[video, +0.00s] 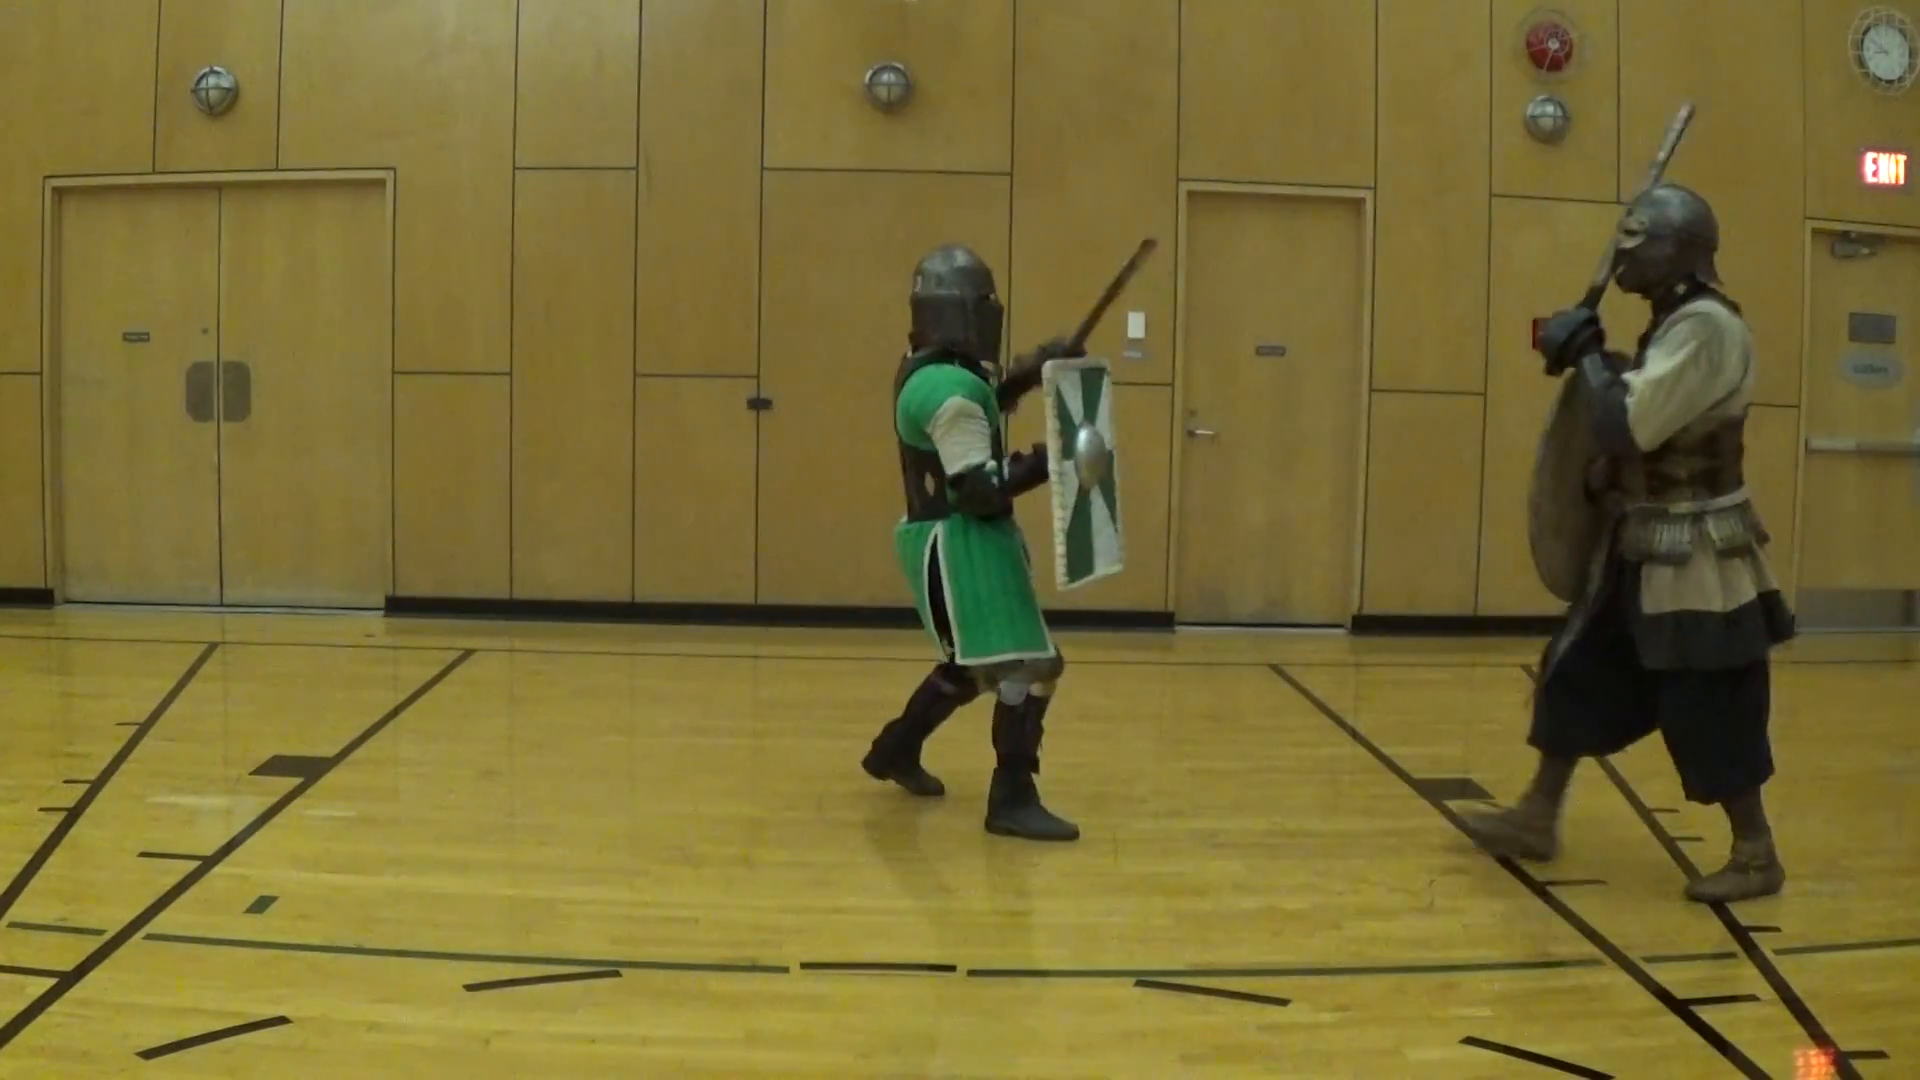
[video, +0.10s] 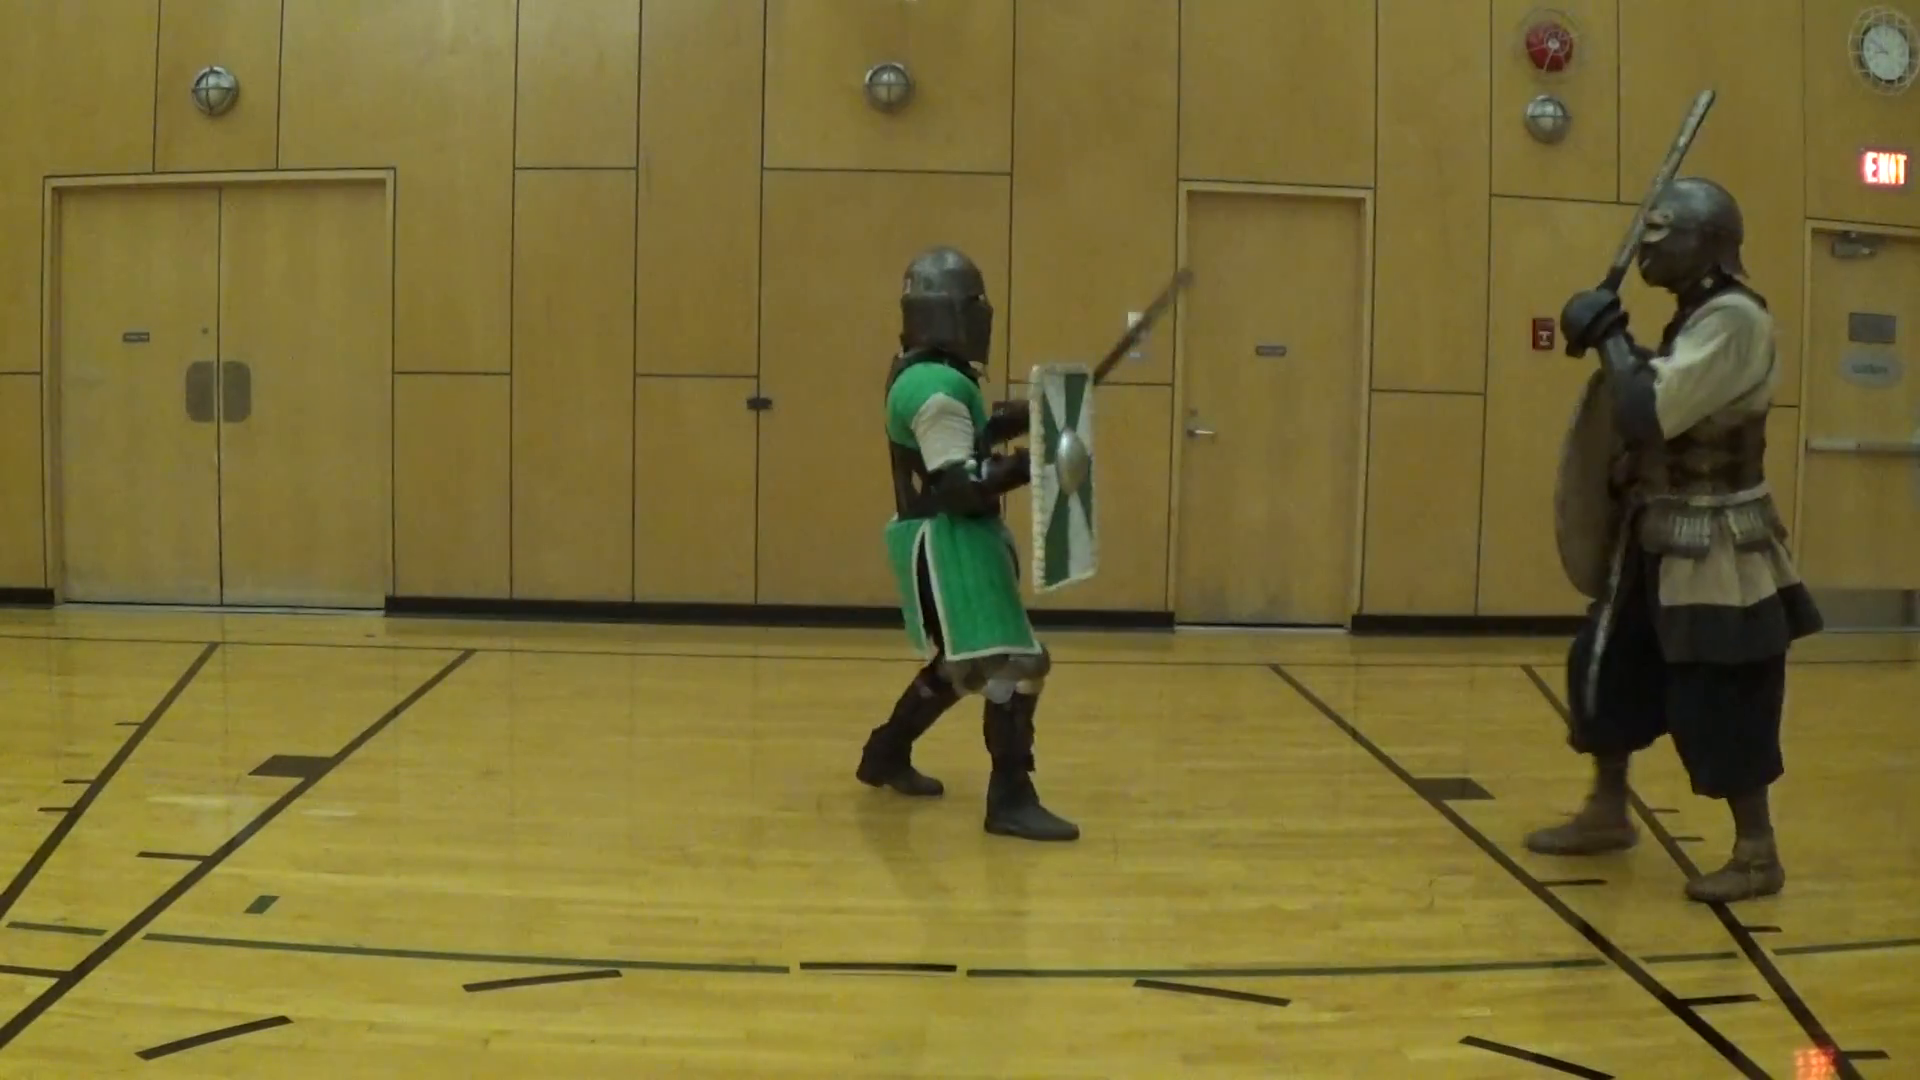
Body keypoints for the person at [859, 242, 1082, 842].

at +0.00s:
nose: (993, 314)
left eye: (989, 304)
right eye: (984, 304)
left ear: (930, 314)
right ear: (963, 313)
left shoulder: (943, 375)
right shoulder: (948, 388)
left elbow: (991, 400)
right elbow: (979, 491)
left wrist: (1037, 365)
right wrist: (1054, 460)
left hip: (946, 535)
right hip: (965, 540)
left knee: (976, 660)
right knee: (1033, 665)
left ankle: (897, 746)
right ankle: (1013, 800)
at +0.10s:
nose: (983, 317)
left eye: (980, 306)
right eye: (975, 307)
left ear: (921, 316)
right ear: (953, 314)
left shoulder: (942, 379)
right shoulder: (934, 387)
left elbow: (966, 442)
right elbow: (954, 488)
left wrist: (1025, 415)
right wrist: (1031, 463)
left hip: (944, 532)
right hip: (951, 538)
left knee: (964, 659)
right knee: (1020, 662)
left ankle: (886, 751)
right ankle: (1011, 800)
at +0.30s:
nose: (966, 313)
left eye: (963, 302)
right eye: (957, 302)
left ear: (908, 308)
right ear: (928, 308)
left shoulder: (924, 372)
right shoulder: (904, 376)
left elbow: (930, 467)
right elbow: (909, 473)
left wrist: (989, 467)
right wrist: (986, 465)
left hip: (923, 525)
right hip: (905, 527)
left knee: (938, 652)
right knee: (956, 653)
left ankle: (881, 756)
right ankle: (974, 791)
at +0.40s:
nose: (956, 308)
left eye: (953, 297)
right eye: (949, 297)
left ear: (896, 300)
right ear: (926, 301)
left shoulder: (908, 360)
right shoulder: (895, 364)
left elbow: (916, 456)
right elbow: (895, 456)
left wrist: (977, 462)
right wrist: (976, 461)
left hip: (909, 515)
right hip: (893, 518)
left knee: (936, 645)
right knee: (924, 646)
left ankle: (882, 756)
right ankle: (896, 784)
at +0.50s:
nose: (945, 297)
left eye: (943, 286)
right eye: (936, 286)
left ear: (892, 291)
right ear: (908, 292)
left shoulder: (907, 354)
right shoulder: (885, 357)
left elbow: (905, 449)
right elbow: (883, 450)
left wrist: (962, 460)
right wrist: (960, 453)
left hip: (902, 510)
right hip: (875, 511)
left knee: (925, 644)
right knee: (889, 640)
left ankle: (880, 760)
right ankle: (821, 769)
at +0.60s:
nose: (933, 301)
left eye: (931, 289)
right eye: (925, 289)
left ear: (872, 294)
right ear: (903, 294)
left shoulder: (888, 353)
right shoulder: (873, 354)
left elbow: (890, 447)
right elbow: (873, 445)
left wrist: (950, 453)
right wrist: (952, 447)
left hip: (889, 510)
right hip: (861, 508)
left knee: (909, 639)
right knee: (857, 636)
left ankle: (880, 760)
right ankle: (758, 751)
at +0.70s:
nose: (913, 302)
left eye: (911, 290)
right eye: (905, 291)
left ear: (857, 295)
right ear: (879, 296)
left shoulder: (871, 356)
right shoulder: (857, 357)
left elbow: (846, 454)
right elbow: (858, 451)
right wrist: (938, 448)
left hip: (872, 514)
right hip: (843, 513)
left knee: (900, 640)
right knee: (829, 640)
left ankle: (879, 760)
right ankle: (718, 741)